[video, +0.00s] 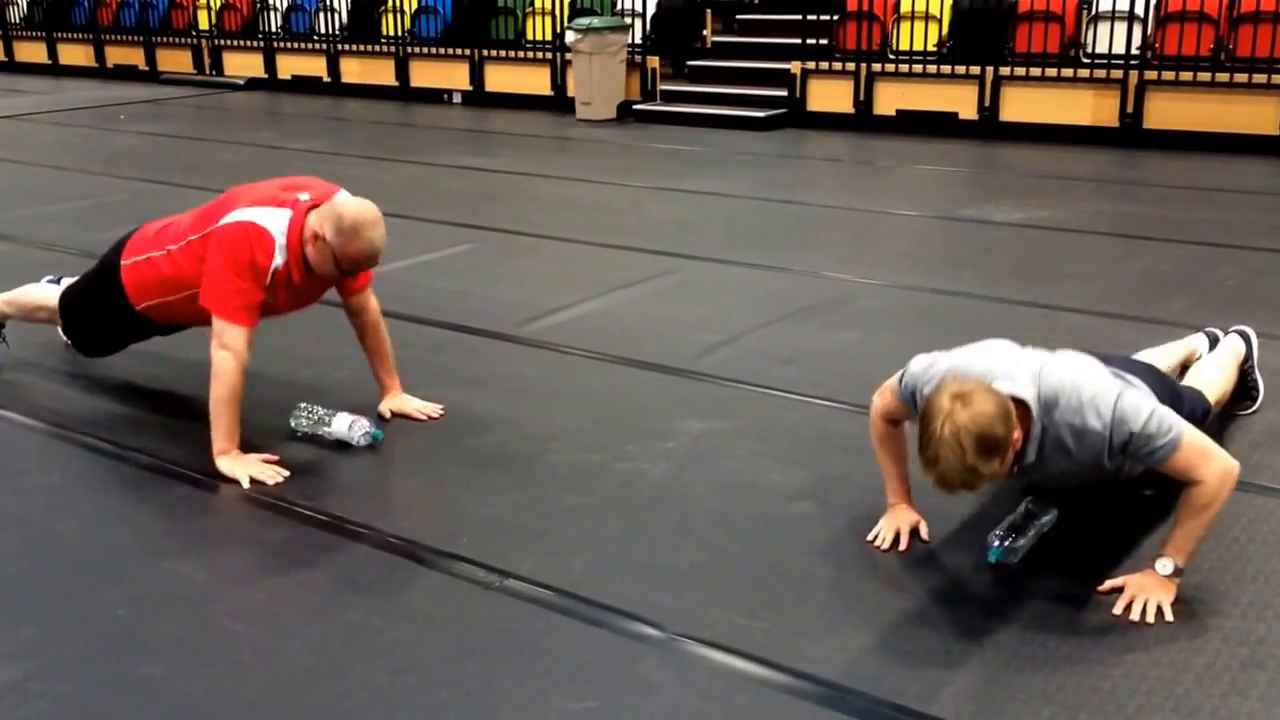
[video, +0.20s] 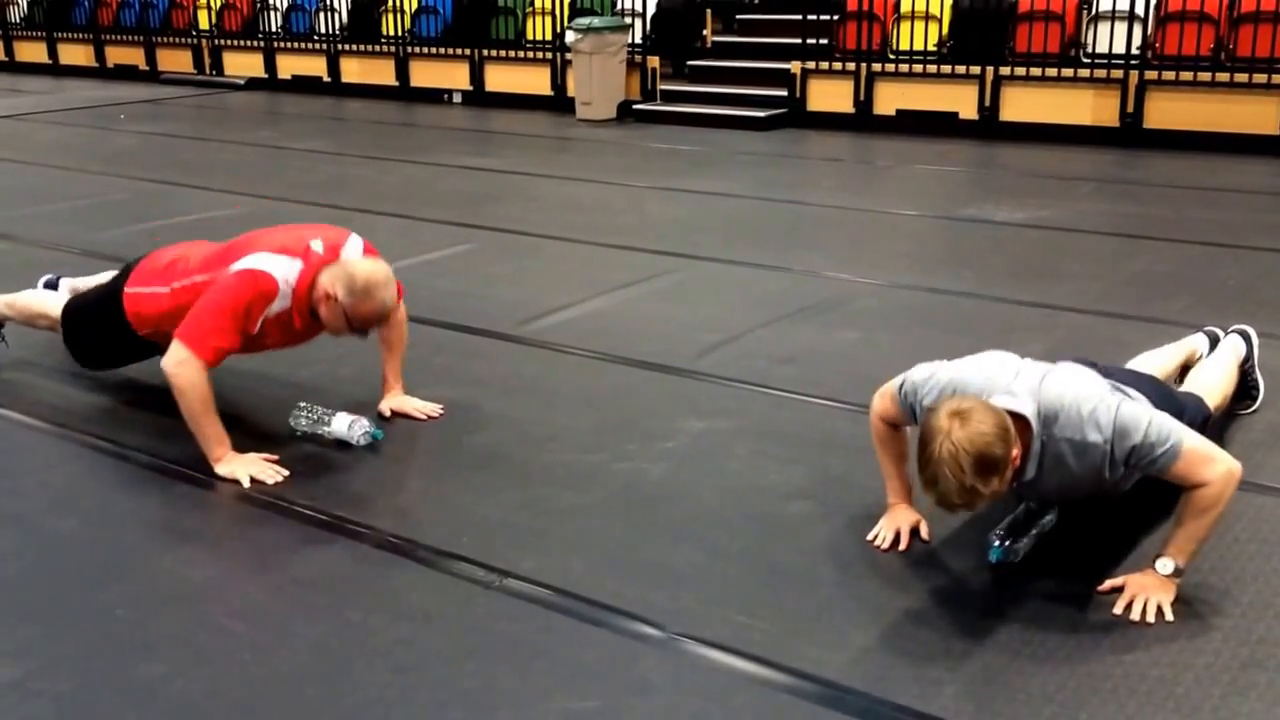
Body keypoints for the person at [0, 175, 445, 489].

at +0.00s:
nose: (341, 283)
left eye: (352, 275)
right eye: (337, 269)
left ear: (364, 246)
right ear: (314, 237)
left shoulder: (345, 222)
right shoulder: (246, 244)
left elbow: (363, 307)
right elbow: (228, 353)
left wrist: (392, 388)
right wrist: (228, 453)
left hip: (188, 291)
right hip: (135, 287)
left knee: (101, 311)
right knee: (67, 309)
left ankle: (56, 302)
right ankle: (8, 303)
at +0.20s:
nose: (351, 335)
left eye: (363, 328)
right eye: (348, 325)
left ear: (385, 302)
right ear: (327, 295)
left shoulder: (359, 257)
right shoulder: (256, 285)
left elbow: (394, 313)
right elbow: (182, 365)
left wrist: (395, 389)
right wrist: (223, 456)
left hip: (194, 268)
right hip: (143, 300)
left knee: (120, 287)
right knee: (67, 317)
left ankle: (67, 288)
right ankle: (6, 305)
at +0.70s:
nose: (350, 358)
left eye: (364, 356)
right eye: (349, 349)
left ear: (390, 322)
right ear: (332, 317)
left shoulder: (374, 291)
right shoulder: (259, 312)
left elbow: (400, 317)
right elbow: (172, 374)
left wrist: (393, 388)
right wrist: (222, 457)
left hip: (200, 285)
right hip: (147, 322)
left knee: (133, 293)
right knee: (73, 326)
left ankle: (65, 286)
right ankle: (6, 307)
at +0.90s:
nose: (342, 292)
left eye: (355, 283)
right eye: (336, 279)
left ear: (366, 251)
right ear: (311, 250)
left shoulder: (349, 235)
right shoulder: (238, 250)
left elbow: (372, 308)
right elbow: (211, 350)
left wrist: (391, 388)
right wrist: (222, 454)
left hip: (191, 287)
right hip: (136, 287)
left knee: (106, 307)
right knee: (67, 311)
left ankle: (58, 297)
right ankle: (10, 302)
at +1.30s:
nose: (355, 388)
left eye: (365, 384)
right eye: (351, 381)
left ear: (392, 336)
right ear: (331, 354)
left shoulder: (375, 302)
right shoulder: (256, 330)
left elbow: (395, 311)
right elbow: (164, 377)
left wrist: (389, 386)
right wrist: (220, 458)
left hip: (198, 301)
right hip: (144, 335)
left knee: (140, 304)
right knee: (67, 333)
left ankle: (68, 288)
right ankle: (4, 307)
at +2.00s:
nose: (332, 296)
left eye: (346, 289)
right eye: (329, 285)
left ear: (363, 258)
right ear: (306, 251)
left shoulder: (340, 235)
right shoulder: (237, 253)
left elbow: (369, 305)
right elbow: (198, 354)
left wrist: (388, 390)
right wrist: (221, 456)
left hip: (175, 285)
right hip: (125, 285)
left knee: (97, 306)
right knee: (59, 309)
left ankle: (55, 292)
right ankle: (10, 303)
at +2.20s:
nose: (349, 375)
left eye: (360, 371)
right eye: (345, 367)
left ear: (385, 327)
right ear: (327, 336)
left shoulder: (365, 294)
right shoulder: (256, 317)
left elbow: (394, 310)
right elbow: (166, 375)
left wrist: (389, 389)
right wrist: (220, 458)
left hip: (201, 290)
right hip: (145, 324)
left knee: (137, 296)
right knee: (67, 331)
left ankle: (67, 288)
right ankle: (2, 309)